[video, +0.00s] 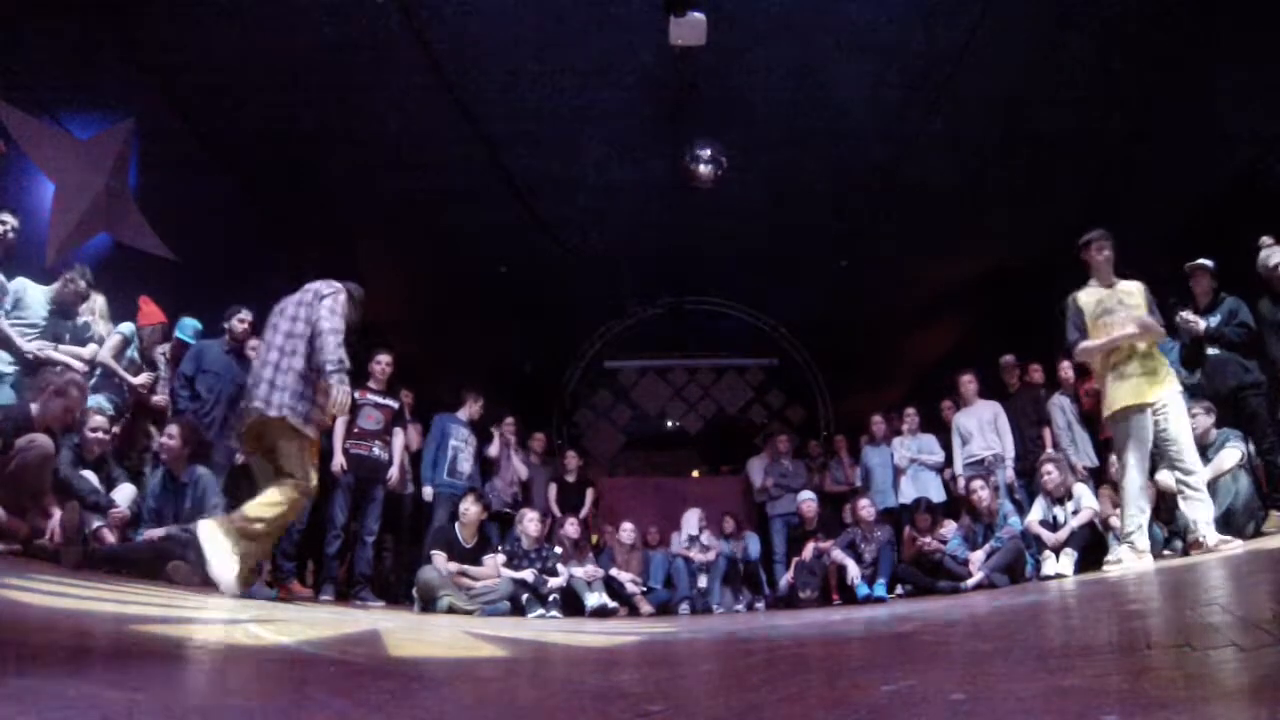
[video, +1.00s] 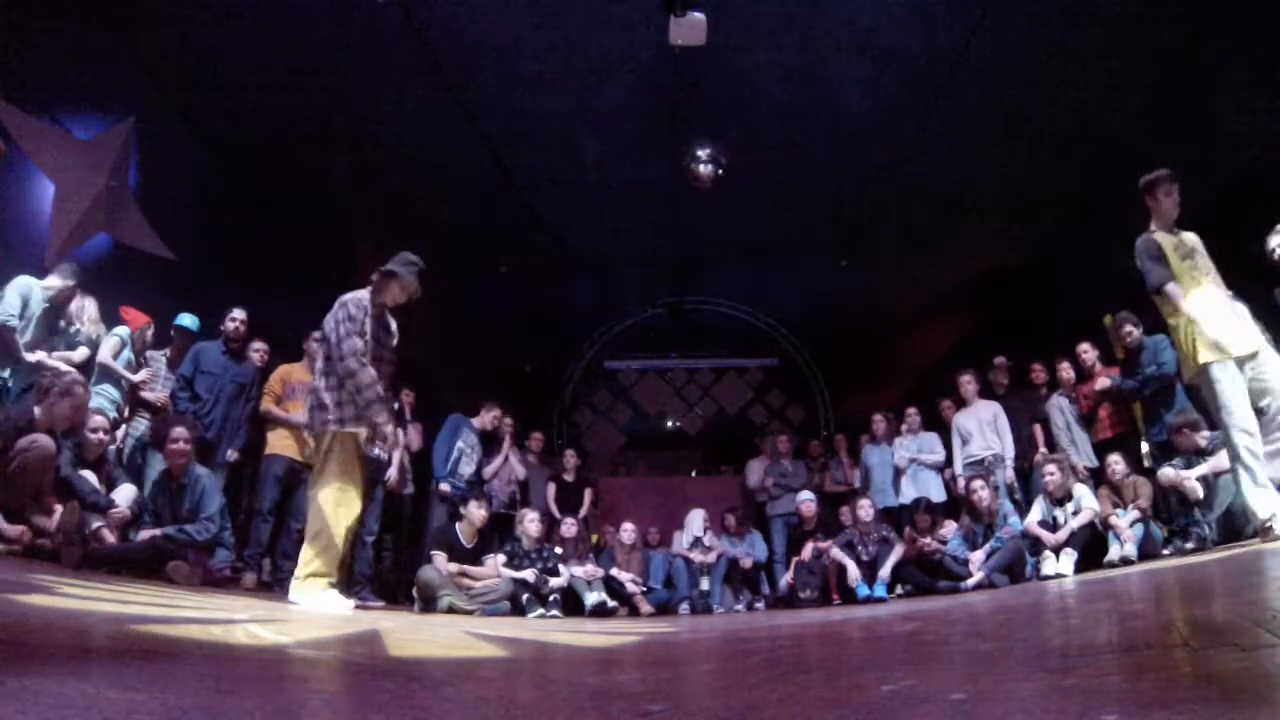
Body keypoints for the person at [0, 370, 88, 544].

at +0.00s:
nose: (70, 420)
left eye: (74, 415)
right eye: (67, 411)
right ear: (50, 393)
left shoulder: (52, 437)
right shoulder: (7, 422)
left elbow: (45, 489)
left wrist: (56, 513)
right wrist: (8, 522)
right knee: (40, 446)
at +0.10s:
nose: (68, 421)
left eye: (73, 418)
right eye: (66, 411)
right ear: (49, 394)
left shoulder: (51, 438)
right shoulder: (8, 422)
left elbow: (44, 490)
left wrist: (56, 512)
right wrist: (7, 521)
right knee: (40, 446)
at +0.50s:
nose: (70, 422)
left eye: (76, 419)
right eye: (68, 412)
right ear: (52, 396)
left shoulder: (52, 439)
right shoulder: (7, 422)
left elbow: (46, 490)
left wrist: (56, 514)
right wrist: (5, 528)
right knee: (41, 447)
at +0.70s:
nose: (75, 419)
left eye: (79, 413)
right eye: (73, 409)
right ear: (54, 395)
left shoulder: (52, 439)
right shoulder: (9, 423)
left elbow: (46, 491)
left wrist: (56, 514)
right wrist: (5, 528)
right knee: (41, 446)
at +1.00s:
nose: (76, 418)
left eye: (80, 411)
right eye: (74, 408)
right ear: (55, 395)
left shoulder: (53, 438)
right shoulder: (11, 424)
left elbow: (44, 491)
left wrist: (56, 507)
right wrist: (4, 526)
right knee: (41, 446)